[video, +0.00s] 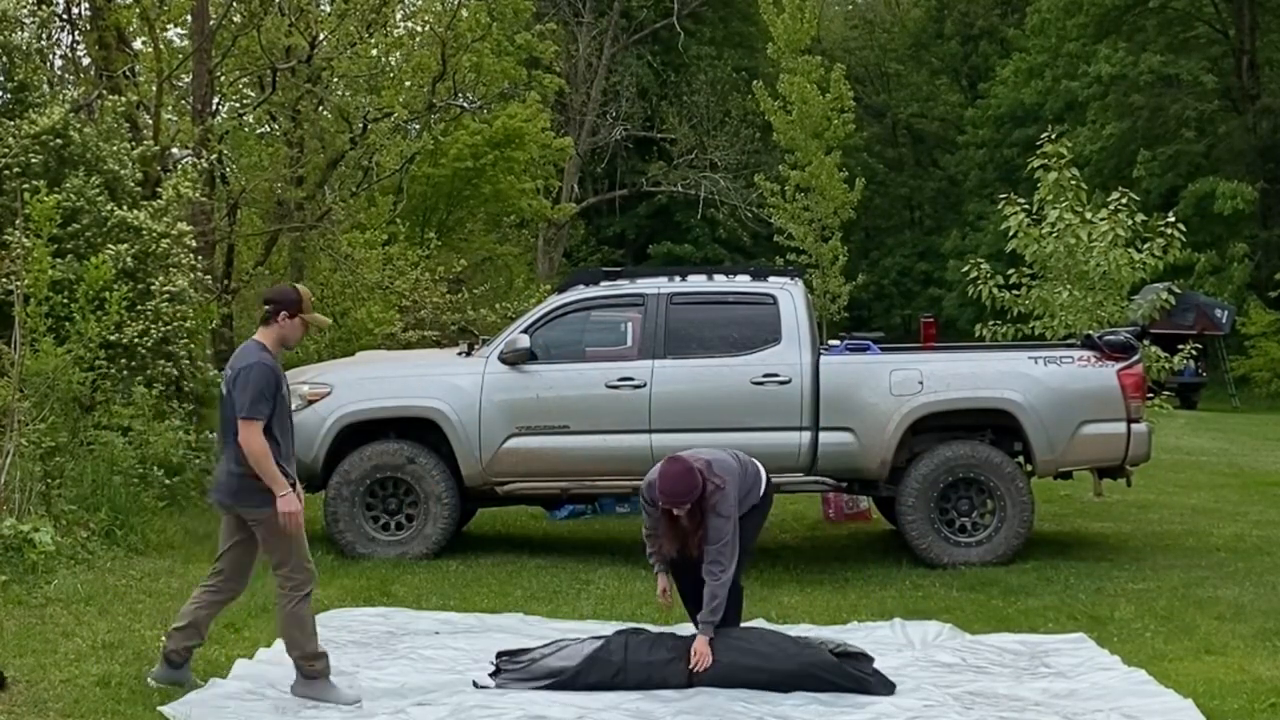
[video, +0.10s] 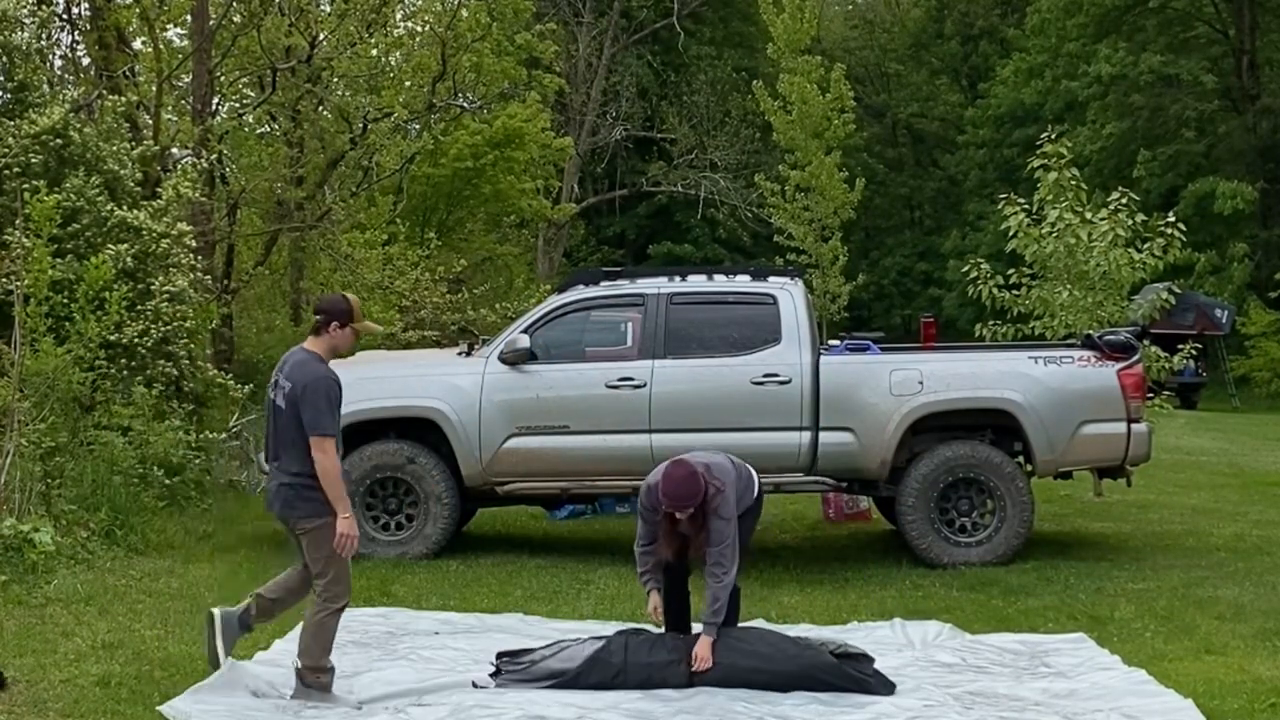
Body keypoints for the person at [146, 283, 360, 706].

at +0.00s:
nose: (304, 332)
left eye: (304, 324)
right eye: (301, 323)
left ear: (275, 319)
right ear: (283, 319)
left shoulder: (248, 356)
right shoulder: (260, 366)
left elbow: (258, 414)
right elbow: (250, 437)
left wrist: (297, 400)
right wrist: (283, 489)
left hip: (239, 492)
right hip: (264, 495)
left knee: (226, 579)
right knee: (297, 580)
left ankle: (172, 663)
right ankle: (312, 676)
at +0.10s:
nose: (355, 341)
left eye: (356, 334)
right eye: (353, 333)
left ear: (326, 327)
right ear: (335, 329)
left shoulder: (293, 361)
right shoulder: (319, 378)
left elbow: (284, 438)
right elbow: (324, 454)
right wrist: (345, 513)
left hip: (288, 494)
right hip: (310, 500)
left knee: (315, 570)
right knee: (333, 591)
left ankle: (237, 621)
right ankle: (313, 685)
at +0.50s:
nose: (475, 339)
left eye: (477, 332)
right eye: (472, 330)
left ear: (457, 325)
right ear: (451, 323)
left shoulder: (455, 376)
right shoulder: (415, 360)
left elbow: (464, 439)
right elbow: (390, 419)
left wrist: (489, 489)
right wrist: (402, 473)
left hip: (432, 482)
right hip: (407, 479)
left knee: (431, 566)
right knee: (441, 560)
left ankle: (427, 656)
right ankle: (389, 645)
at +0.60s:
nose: (473, 337)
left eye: (474, 330)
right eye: (469, 328)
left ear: (449, 324)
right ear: (448, 323)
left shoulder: (444, 369)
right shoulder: (420, 364)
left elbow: (461, 440)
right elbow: (422, 429)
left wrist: (482, 485)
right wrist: (463, 478)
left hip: (442, 496)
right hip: (425, 496)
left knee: (430, 582)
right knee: (426, 583)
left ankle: (429, 664)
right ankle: (411, 678)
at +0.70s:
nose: (466, 335)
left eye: (467, 328)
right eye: (463, 328)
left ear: (439, 323)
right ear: (444, 323)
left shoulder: (425, 367)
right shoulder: (429, 372)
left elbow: (454, 437)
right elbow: (457, 438)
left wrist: (499, 469)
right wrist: (504, 470)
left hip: (446, 498)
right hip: (433, 499)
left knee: (439, 583)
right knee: (421, 587)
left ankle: (429, 663)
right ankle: (408, 678)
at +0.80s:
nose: (466, 336)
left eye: (466, 329)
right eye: (464, 329)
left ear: (432, 324)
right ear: (446, 326)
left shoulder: (407, 365)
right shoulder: (442, 377)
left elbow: (414, 434)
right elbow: (477, 437)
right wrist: (524, 465)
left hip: (423, 490)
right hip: (436, 497)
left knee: (440, 581)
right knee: (423, 585)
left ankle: (430, 663)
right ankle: (408, 680)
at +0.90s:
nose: (468, 339)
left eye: (469, 332)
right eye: (464, 332)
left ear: (436, 326)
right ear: (441, 326)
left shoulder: (408, 363)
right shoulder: (443, 376)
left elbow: (425, 428)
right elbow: (477, 435)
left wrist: (468, 449)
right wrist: (508, 446)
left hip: (423, 491)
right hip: (430, 497)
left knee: (436, 581)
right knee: (417, 587)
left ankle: (428, 664)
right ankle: (408, 679)